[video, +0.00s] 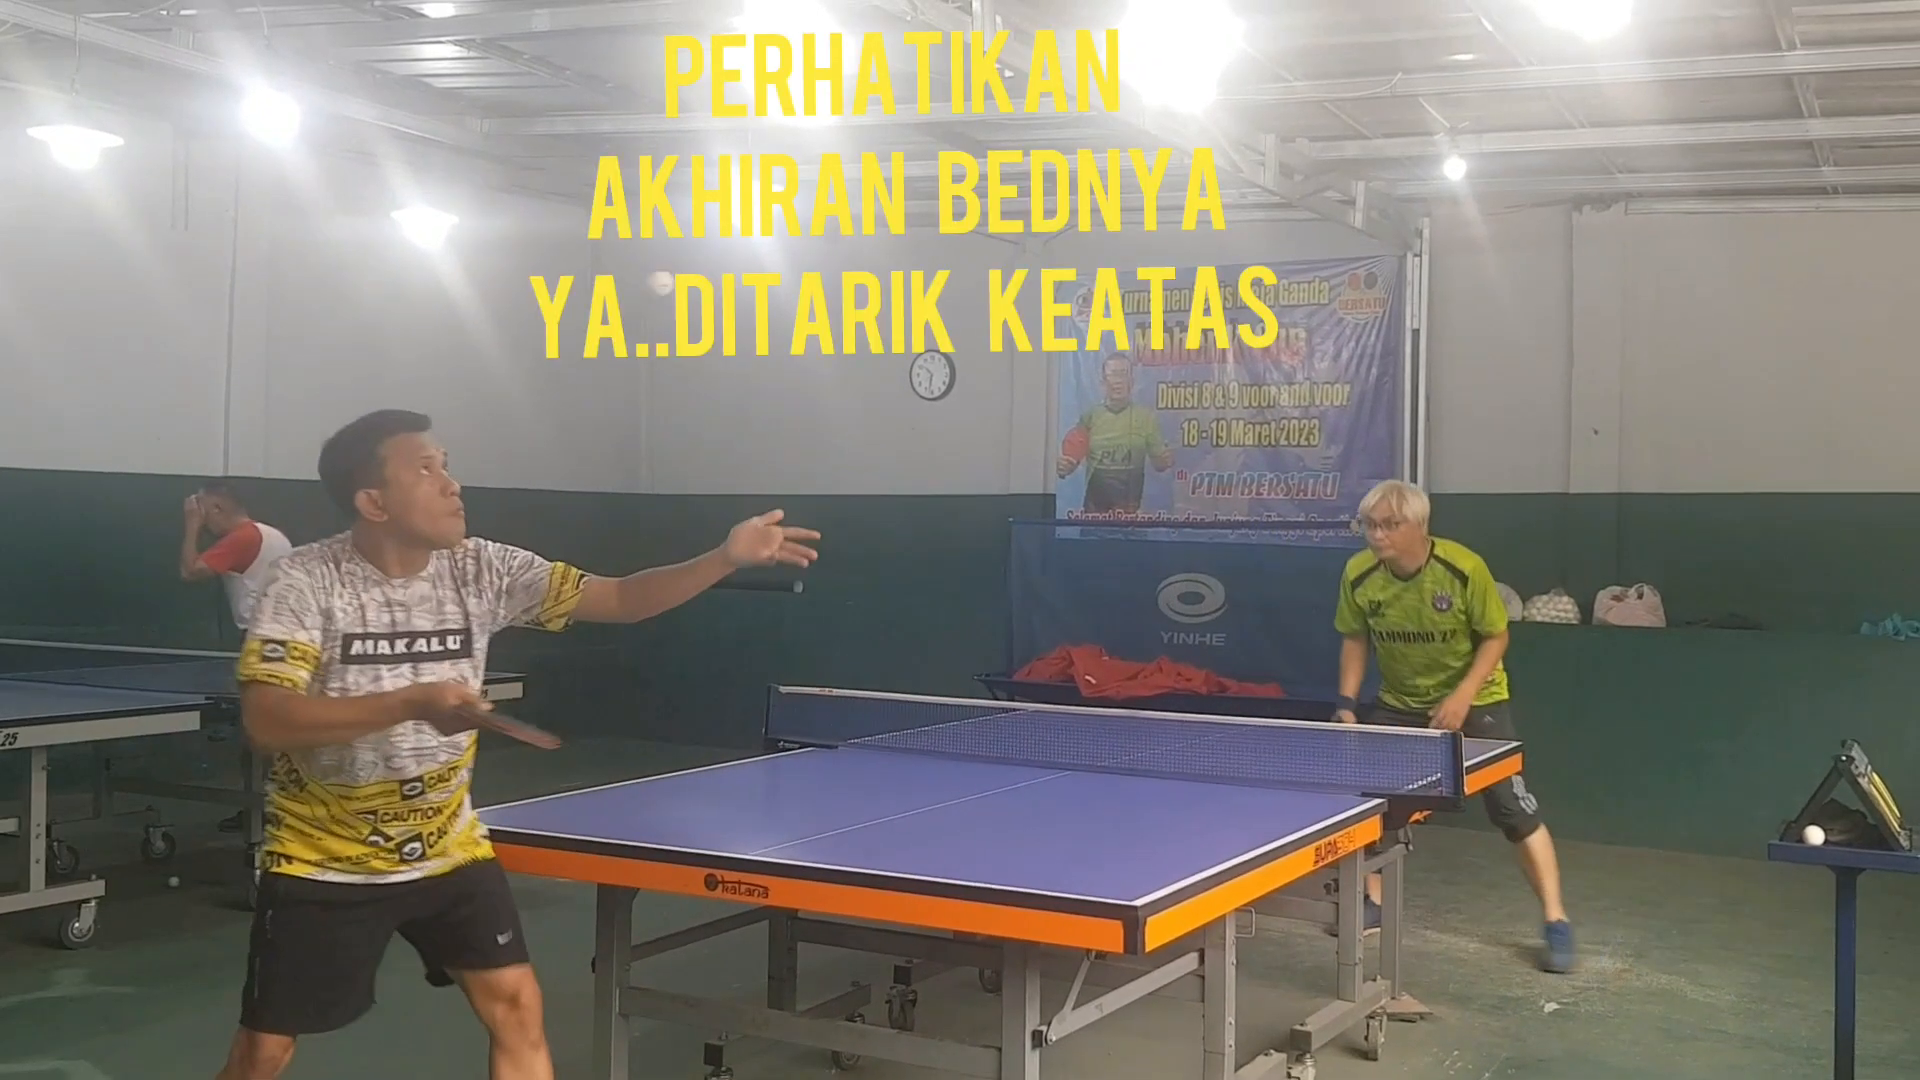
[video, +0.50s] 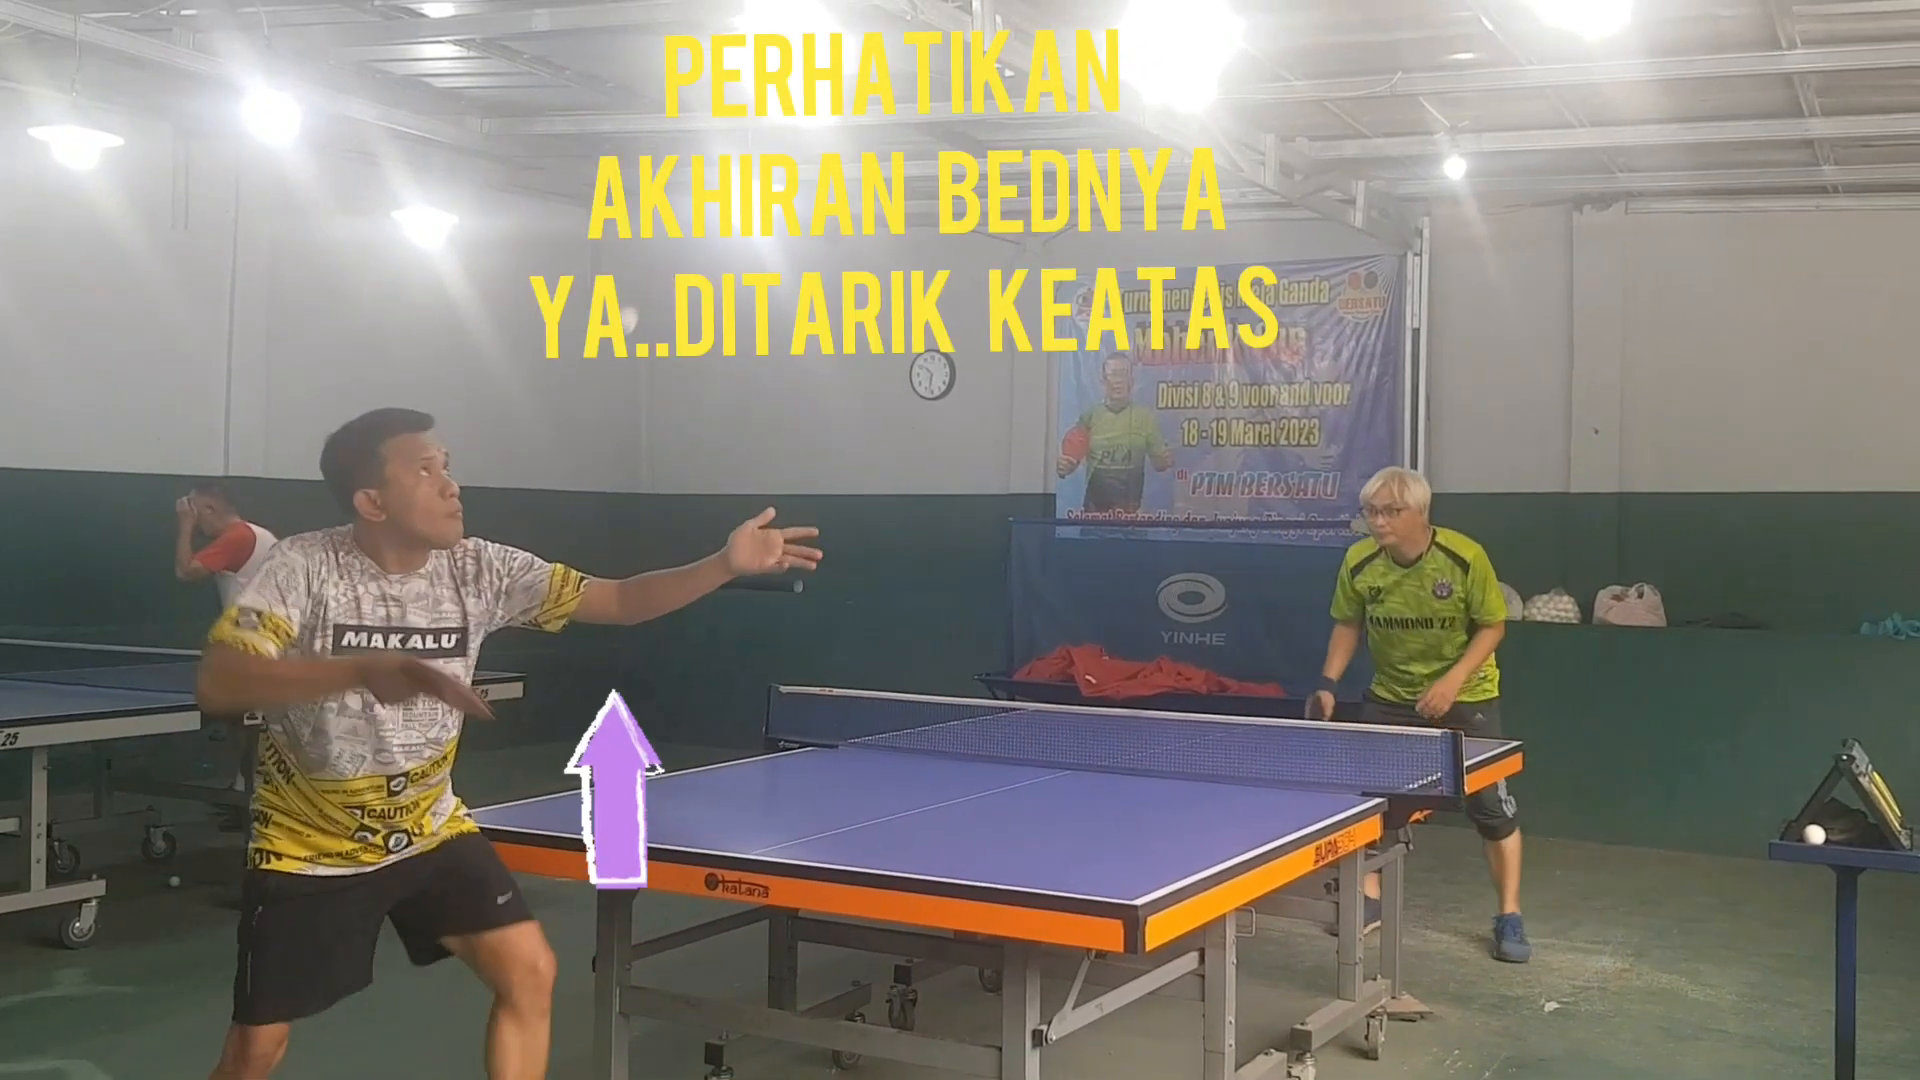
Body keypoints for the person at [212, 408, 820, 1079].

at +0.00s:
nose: (453, 483)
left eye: (446, 468)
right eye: (429, 471)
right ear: (371, 502)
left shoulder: (482, 570)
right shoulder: (303, 582)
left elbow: (622, 597)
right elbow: (267, 719)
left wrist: (728, 556)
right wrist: (413, 702)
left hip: (446, 844)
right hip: (320, 856)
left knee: (515, 1003)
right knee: (263, 1053)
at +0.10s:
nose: (450, 482)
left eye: (444, 467)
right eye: (426, 470)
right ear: (368, 502)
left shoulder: (480, 570)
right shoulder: (297, 578)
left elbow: (620, 598)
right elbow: (249, 710)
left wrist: (726, 560)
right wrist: (395, 698)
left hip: (437, 837)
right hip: (312, 849)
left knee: (519, 993)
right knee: (259, 1053)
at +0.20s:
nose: (450, 482)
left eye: (444, 467)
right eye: (426, 470)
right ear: (368, 502)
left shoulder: (480, 570)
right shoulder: (297, 578)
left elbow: (620, 598)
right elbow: (249, 710)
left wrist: (726, 560)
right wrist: (395, 698)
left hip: (437, 838)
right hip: (312, 850)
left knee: (519, 994)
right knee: (259, 1053)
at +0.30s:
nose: (451, 481)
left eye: (446, 466)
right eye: (427, 469)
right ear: (368, 500)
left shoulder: (480, 569)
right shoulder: (295, 572)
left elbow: (619, 599)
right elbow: (233, 696)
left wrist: (725, 563)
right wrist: (381, 686)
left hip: (432, 833)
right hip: (309, 846)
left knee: (523, 982)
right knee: (257, 1051)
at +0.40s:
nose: (451, 481)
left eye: (446, 466)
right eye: (427, 469)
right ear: (368, 501)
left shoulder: (480, 569)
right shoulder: (295, 572)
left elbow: (619, 599)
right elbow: (233, 696)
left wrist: (725, 563)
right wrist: (381, 686)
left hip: (432, 832)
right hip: (309, 845)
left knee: (523, 982)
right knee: (257, 1051)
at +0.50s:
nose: (452, 481)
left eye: (448, 465)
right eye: (427, 469)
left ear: (444, 477)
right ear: (368, 500)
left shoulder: (480, 569)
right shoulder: (297, 569)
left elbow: (617, 601)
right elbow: (218, 683)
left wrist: (725, 564)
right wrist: (362, 670)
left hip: (429, 827)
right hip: (306, 841)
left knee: (529, 970)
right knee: (258, 1043)